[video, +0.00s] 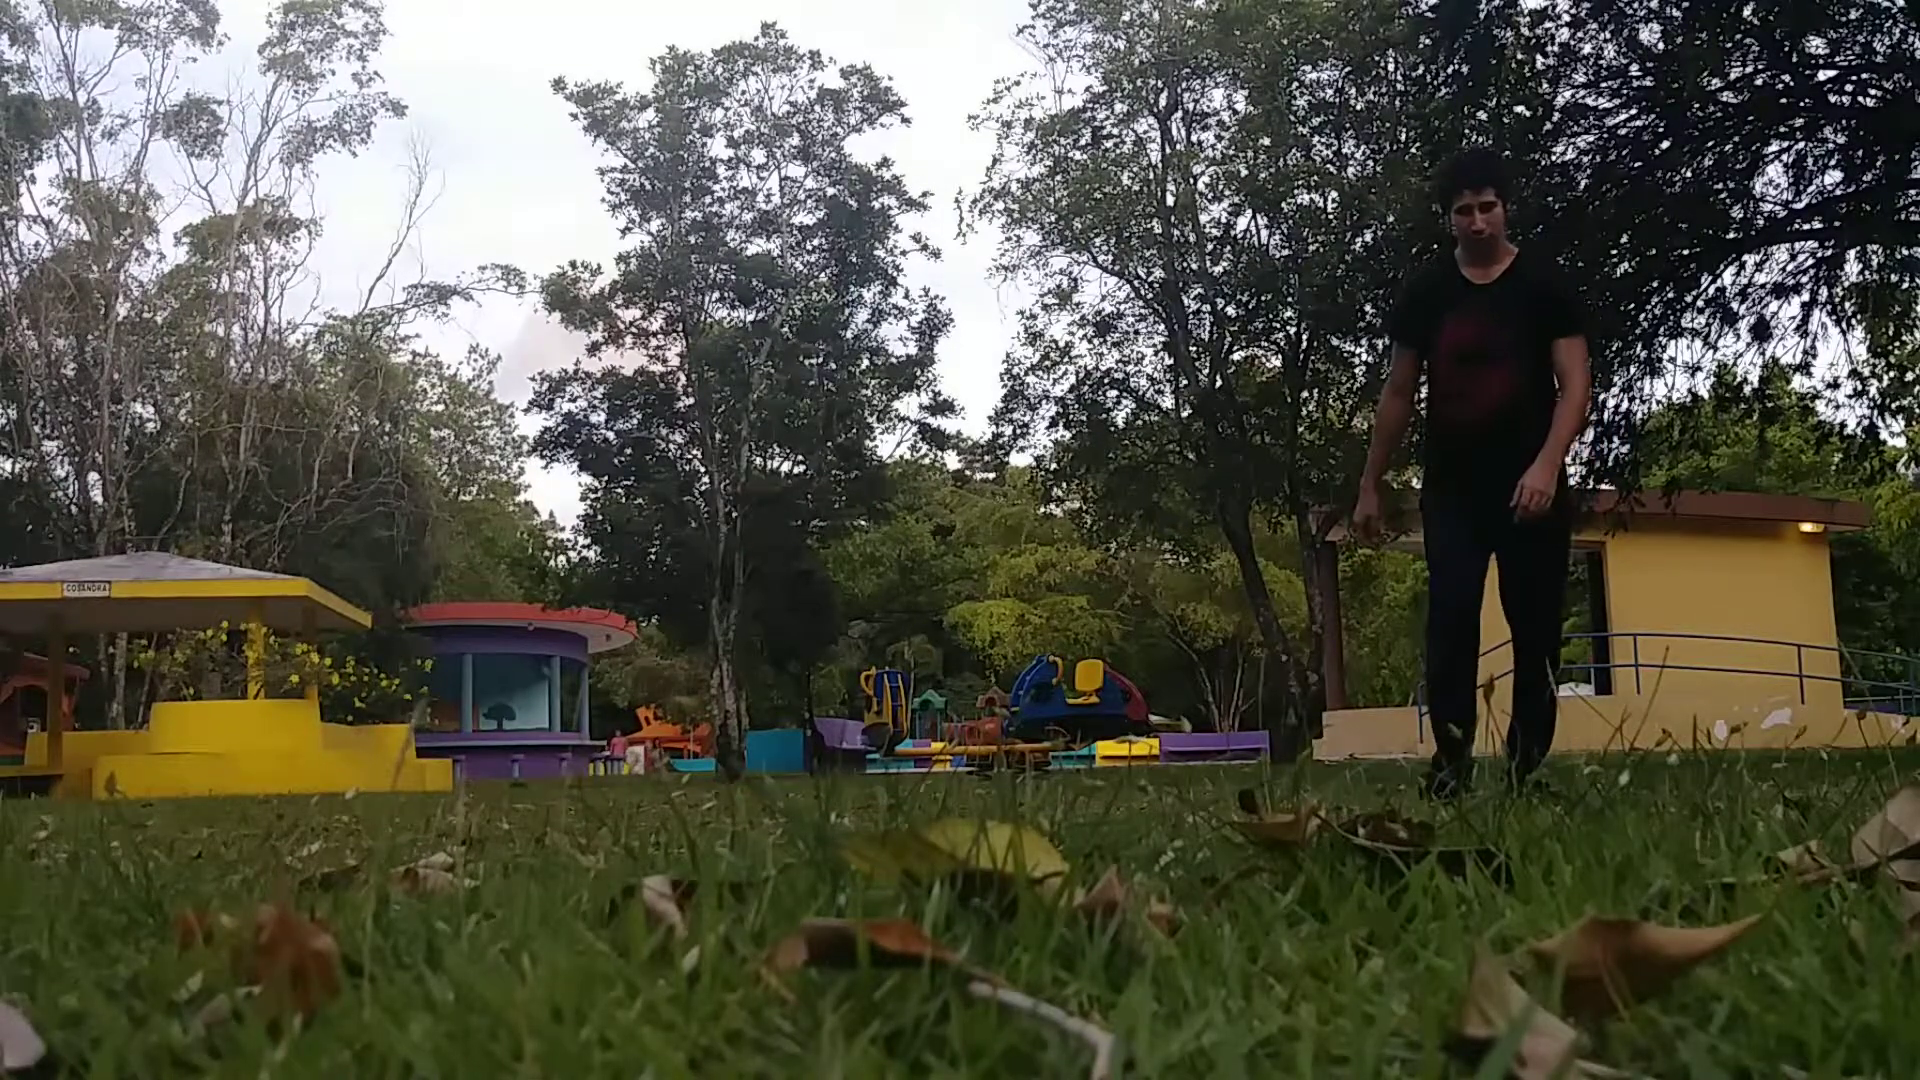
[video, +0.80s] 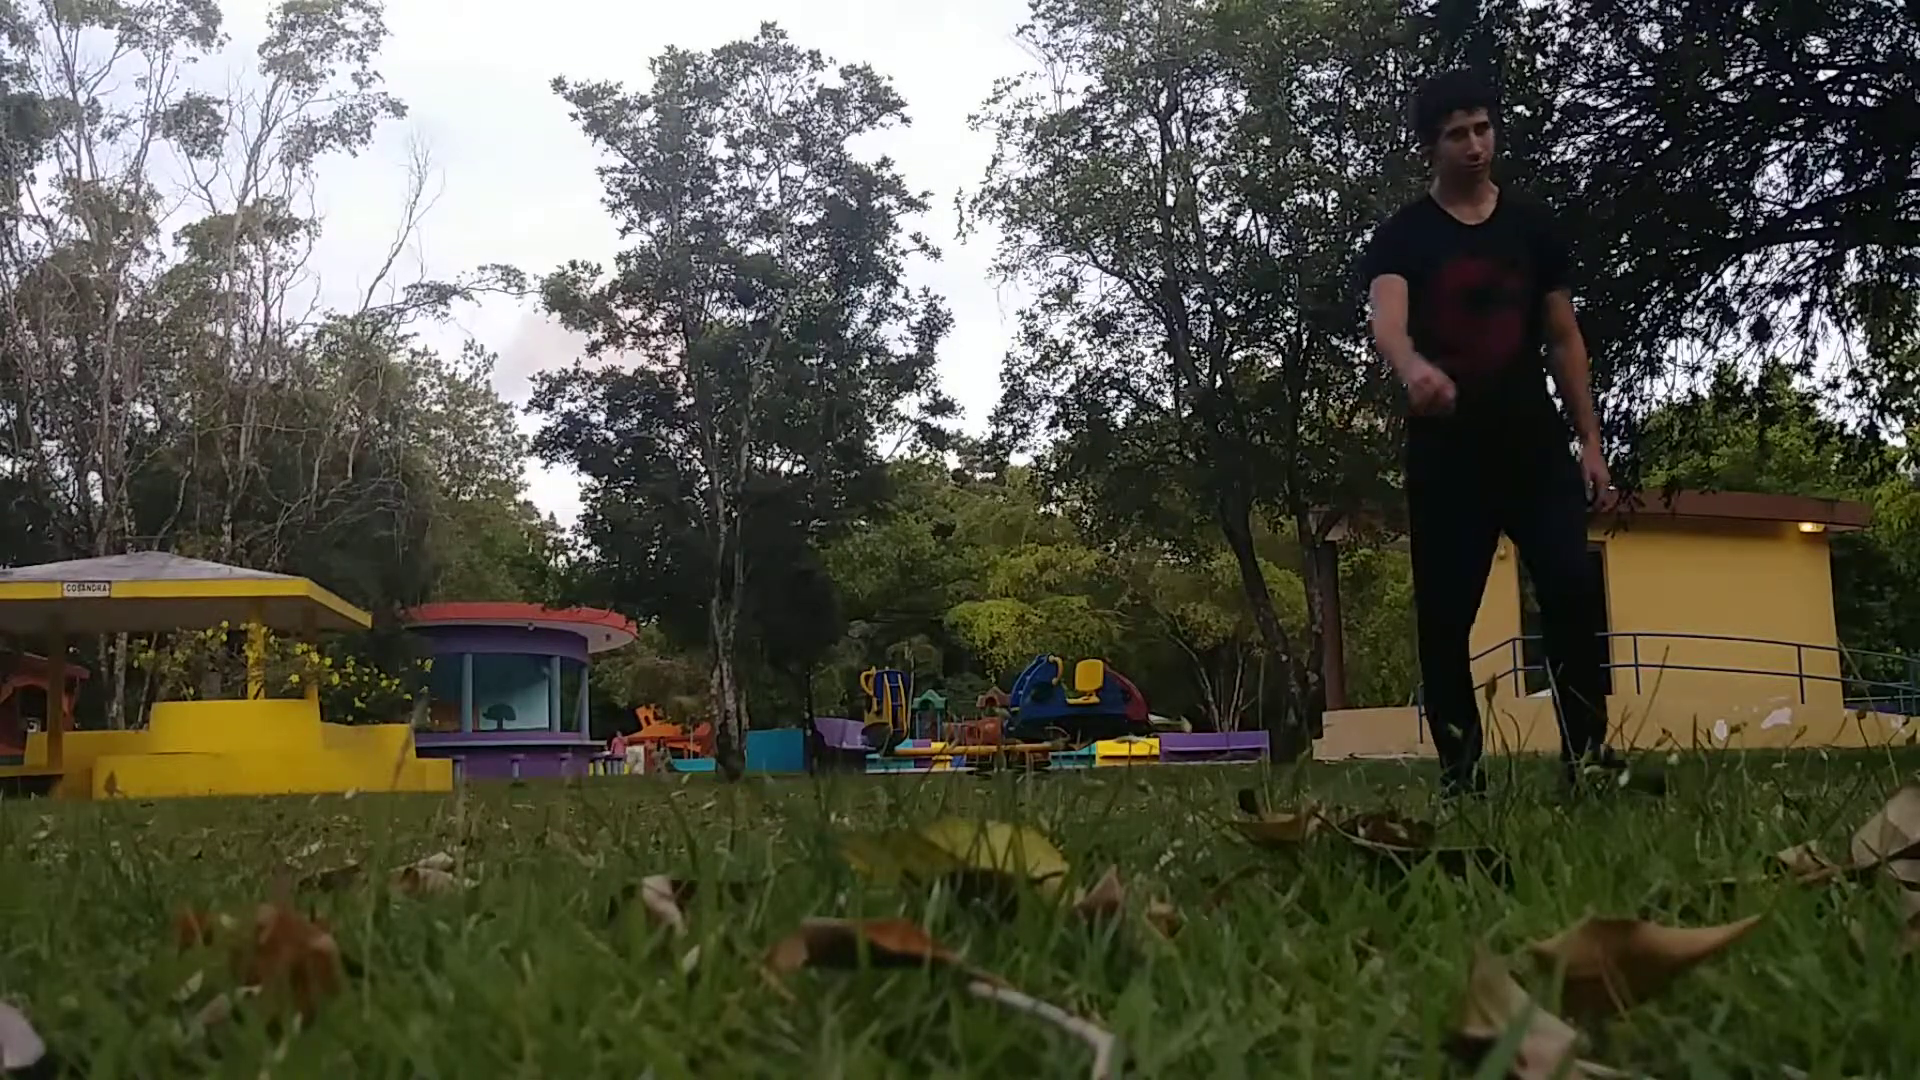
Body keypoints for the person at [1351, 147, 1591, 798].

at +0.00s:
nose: (1477, 220)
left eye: (1487, 208)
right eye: (1465, 210)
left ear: (1506, 211)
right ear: (1449, 217)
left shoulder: (1547, 286)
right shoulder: (1425, 291)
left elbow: (1576, 387)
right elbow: (1398, 390)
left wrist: (1546, 465)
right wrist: (1370, 481)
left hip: (1530, 485)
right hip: (1452, 490)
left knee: (1536, 635)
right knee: (1448, 630)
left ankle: (1526, 769)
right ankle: (1450, 767)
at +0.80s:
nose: (1474, 144)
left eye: (1483, 130)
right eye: (1459, 134)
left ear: (1496, 135)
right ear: (1429, 144)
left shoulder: (1534, 227)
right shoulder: (1402, 234)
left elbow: (1566, 338)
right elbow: (1387, 322)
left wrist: (1590, 442)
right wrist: (1411, 365)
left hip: (1532, 441)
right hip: (1446, 449)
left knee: (1574, 588)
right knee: (1441, 617)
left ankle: (1586, 759)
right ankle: (1460, 771)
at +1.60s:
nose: (1584, 64)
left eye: (1592, 49)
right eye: (1565, 53)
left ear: (1607, 61)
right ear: (1530, 72)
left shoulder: (1648, 171)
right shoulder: (1489, 184)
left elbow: (1689, 279)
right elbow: (1459, 308)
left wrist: (1695, 381)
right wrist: (1428, 420)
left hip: (1623, 415)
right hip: (1524, 421)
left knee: (1622, 597)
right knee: (1535, 595)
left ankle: (1610, 761)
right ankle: (1552, 764)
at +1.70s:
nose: (1582, 60)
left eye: (1592, 44)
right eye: (1563, 48)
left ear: (1607, 57)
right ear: (1529, 66)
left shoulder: (1649, 166)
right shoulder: (1489, 182)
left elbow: (1691, 282)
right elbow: (1459, 309)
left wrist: (1687, 382)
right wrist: (1431, 428)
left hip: (1631, 415)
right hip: (1531, 422)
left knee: (1627, 598)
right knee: (1542, 597)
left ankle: (1611, 762)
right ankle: (1569, 765)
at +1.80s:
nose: (1578, 49)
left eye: (1588, 33)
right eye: (1559, 35)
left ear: (1602, 47)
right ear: (1524, 54)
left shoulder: (1648, 152)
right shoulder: (1488, 169)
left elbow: (1682, 272)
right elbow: (1456, 303)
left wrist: (1681, 380)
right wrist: (1431, 425)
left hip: (1639, 406)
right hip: (1537, 413)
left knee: (1632, 597)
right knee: (1546, 596)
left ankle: (1610, 760)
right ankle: (1565, 771)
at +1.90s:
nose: (1574, 30)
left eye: (1585, 16)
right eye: (1555, 17)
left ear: (1601, 32)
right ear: (1522, 40)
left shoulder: (1649, 135)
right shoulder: (1491, 152)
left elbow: (1681, 260)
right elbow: (1453, 286)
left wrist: (1685, 369)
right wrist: (1439, 400)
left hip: (1642, 393)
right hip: (1540, 401)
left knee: (1662, 585)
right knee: (1548, 590)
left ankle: (1612, 732)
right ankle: (1566, 767)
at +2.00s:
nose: (1580, 22)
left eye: (1589, 8)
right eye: (1559, 10)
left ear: (1602, 21)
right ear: (1525, 31)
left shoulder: (1650, 125)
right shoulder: (1497, 142)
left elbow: (1690, 250)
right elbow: (1445, 270)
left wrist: (1701, 358)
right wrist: (1470, 356)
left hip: (1652, 388)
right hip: (1548, 395)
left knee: (1690, 575)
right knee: (1548, 585)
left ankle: (1621, 724)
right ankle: (1568, 766)